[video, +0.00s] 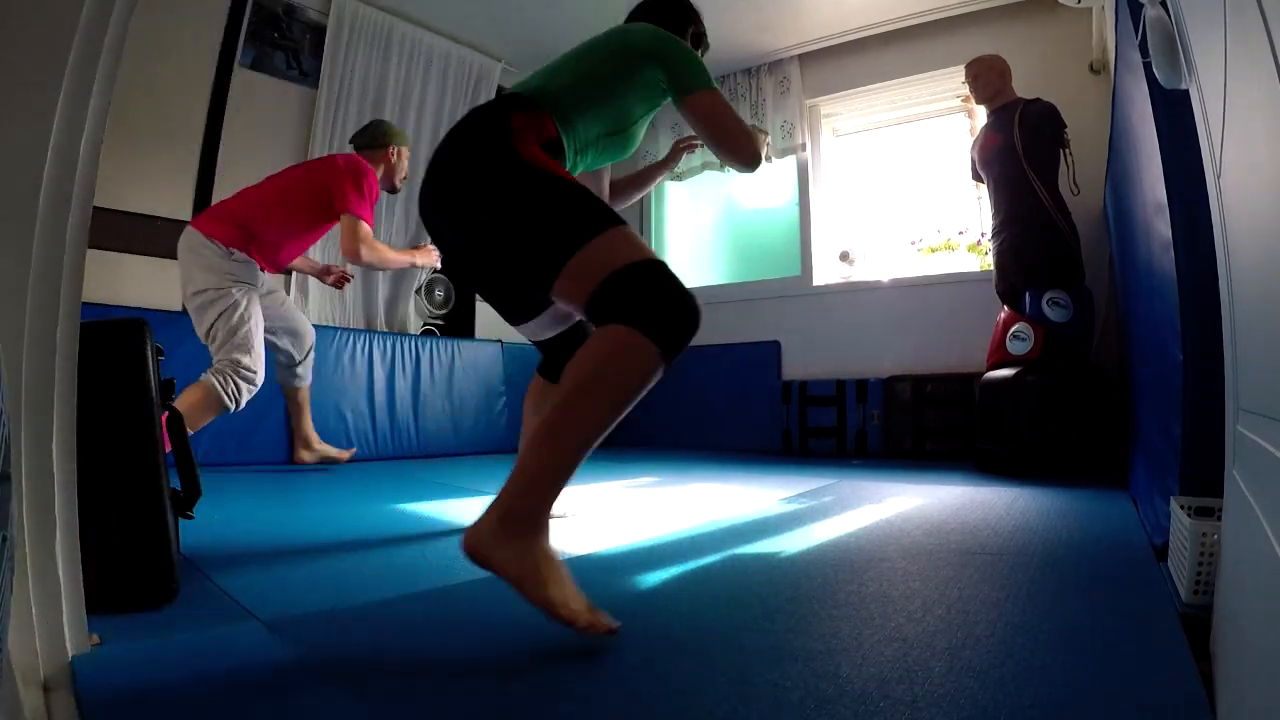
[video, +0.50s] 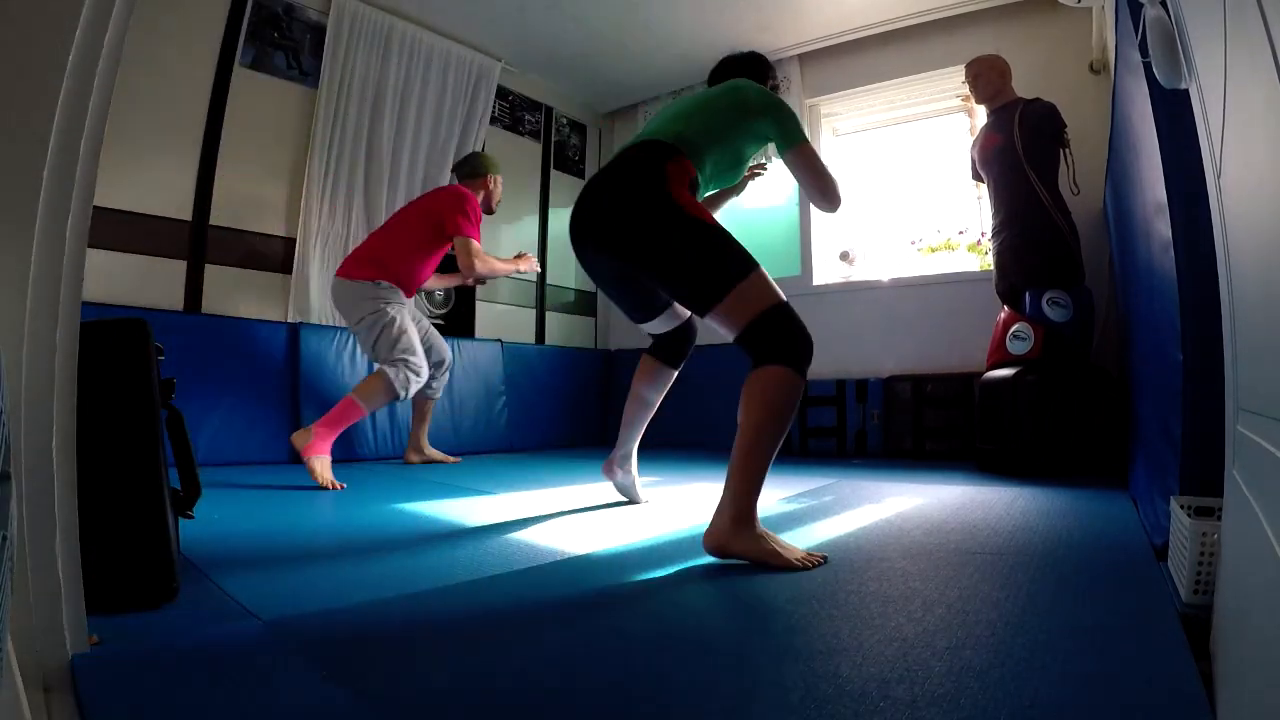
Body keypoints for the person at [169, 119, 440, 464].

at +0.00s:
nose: (407, 168)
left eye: (408, 159)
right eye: (407, 157)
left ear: (370, 149)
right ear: (391, 153)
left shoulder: (337, 171)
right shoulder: (359, 172)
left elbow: (265, 243)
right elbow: (358, 248)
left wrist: (318, 269)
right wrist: (414, 257)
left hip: (245, 261)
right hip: (218, 252)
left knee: (297, 337)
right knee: (239, 374)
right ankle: (152, 444)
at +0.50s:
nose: (501, 193)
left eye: (501, 185)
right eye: (500, 184)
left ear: (464, 180)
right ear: (489, 182)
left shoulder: (444, 204)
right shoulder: (462, 200)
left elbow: (423, 280)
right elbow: (473, 263)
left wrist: (467, 277)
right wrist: (516, 265)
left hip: (391, 292)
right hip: (369, 286)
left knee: (436, 358)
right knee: (407, 368)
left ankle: (418, 445)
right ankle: (317, 436)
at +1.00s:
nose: (576, 220)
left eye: (575, 214)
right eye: (577, 214)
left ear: (545, 210)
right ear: (570, 211)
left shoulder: (525, 228)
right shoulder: (555, 229)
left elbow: (489, 274)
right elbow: (566, 289)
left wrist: (524, 295)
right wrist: (594, 288)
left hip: (449, 295)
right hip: (480, 298)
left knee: (502, 367)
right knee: (533, 367)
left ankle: (495, 441)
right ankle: (468, 421)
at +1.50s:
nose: (630, 234)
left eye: (631, 229)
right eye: (631, 228)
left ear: (602, 222)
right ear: (625, 223)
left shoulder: (587, 238)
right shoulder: (614, 239)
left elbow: (563, 288)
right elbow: (626, 293)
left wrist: (597, 297)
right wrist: (650, 291)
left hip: (524, 306)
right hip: (553, 306)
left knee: (578, 364)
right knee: (610, 358)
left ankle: (559, 428)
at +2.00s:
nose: (649, 258)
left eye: (648, 254)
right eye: (649, 253)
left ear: (621, 251)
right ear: (644, 252)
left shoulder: (604, 266)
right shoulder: (638, 267)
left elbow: (583, 304)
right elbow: (649, 318)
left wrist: (611, 328)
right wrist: (664, 317)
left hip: (553, 324)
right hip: (586, 325)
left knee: (597, 375)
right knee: (639, 375)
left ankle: (586, 435)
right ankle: (610, 432)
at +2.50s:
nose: (651, 254)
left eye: (650, 251)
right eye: (651, 250)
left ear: (624, 247)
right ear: (647, 248)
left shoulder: (607, 262)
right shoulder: (641, 262)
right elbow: (652, 314)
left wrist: (650, 302)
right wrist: (668, 314)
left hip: (556, 319)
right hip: (587, 320)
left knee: (598, 374)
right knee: (638, 372)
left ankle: (586, 435)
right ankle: (610, 433)